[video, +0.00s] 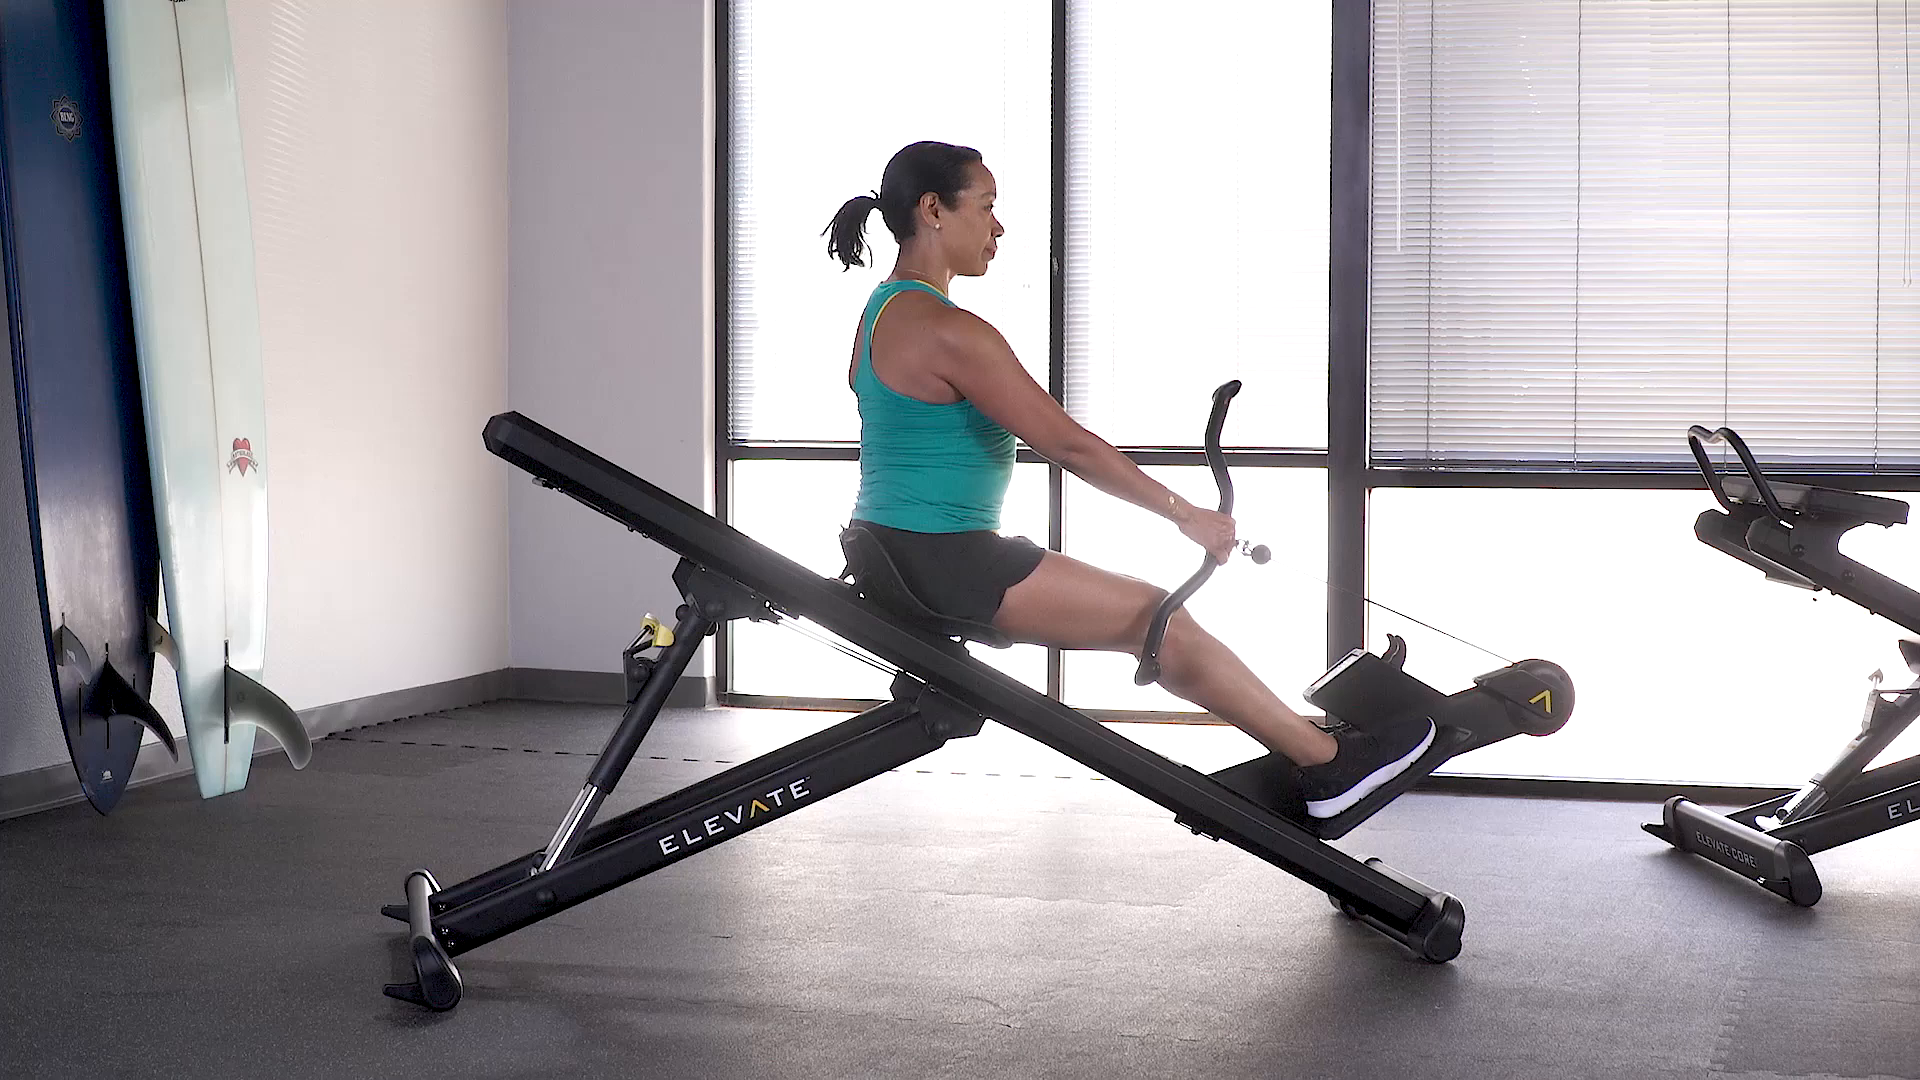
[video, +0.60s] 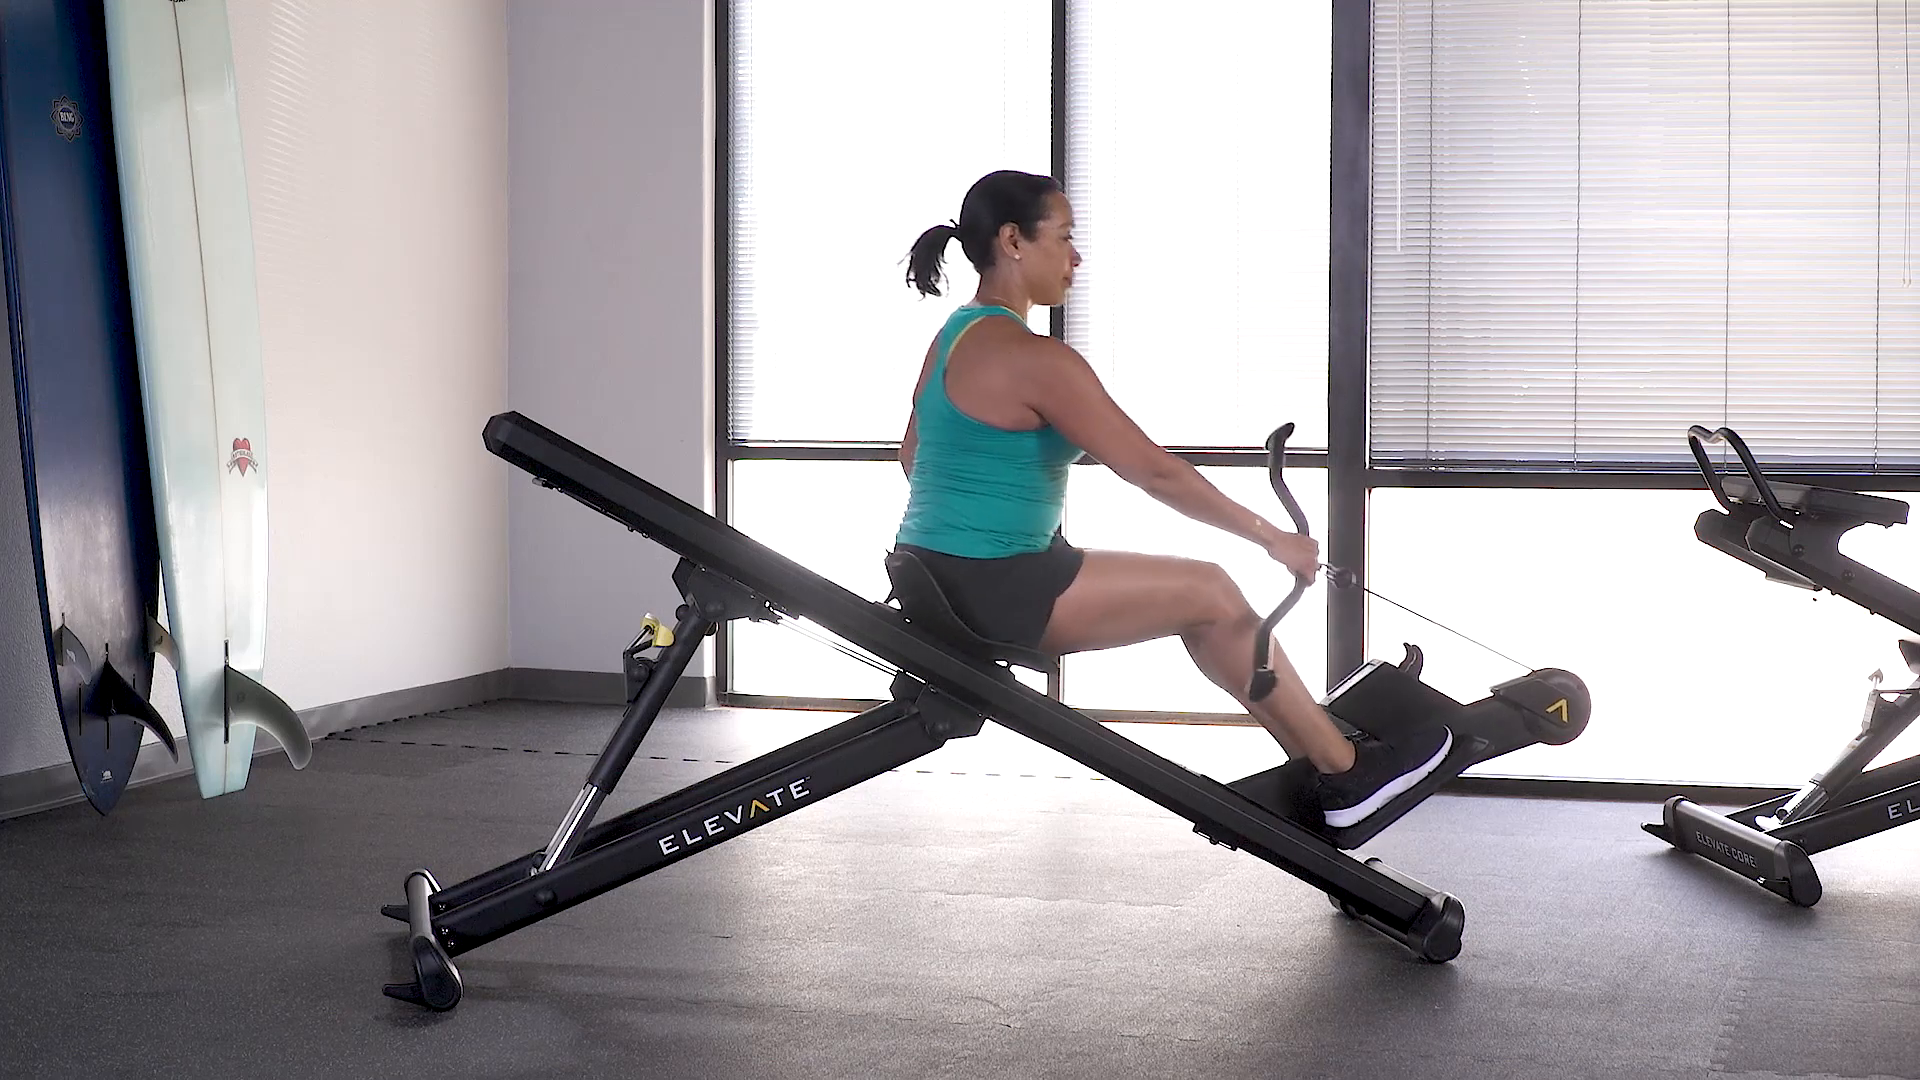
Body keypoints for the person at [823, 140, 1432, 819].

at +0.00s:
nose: (999, 227)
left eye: (995, 210)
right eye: (986, 210)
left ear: (923, 217)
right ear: (931, 214)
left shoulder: (886, 313)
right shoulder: (949, 332)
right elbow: (1069, 444)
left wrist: (1023, 435)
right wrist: (1188, 514)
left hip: (891, 549)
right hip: (939, 558)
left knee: (1145, 616)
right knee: (1156, 619)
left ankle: (1304, 737)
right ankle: (1322, 761)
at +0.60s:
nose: (1075, 255)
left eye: (1071, 236)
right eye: (1063, 237)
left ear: (1006, 247)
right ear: (1012, 244)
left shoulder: (955, 337)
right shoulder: (1038, 359)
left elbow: (915, 456)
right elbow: (1154, 470)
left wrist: (1043, 451)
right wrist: (1272, 536)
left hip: (937, 576)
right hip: (991, 586)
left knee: (1199, 590)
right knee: (1211, 589)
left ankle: (1311, 749)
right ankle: (1342, 771)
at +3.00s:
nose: (1223, 322)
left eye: (1217, 305)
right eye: (1211, 306)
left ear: (1157, 320)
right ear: (1162, 318)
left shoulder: (1100, 404)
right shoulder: (1205, 430)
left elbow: (1026, 511)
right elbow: (1326, 535)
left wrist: (1080, 590)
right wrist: (1430, 597)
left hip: (1045, 634)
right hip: (1116, 649)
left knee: (1297, 573)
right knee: (1326, 580)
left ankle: (1346, 762)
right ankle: (1388, 787)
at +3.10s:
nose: (1246, 332)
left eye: (1240, 316)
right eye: (1233, 316)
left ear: (1179, 330)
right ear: (1184, 328)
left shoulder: (1118, 417)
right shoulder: (1239, 441)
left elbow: (1042, 518)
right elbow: (1362, 543)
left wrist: (1092, 595)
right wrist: (1462, 613)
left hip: (1061, 642)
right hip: (1133, 659)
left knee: (1314, 573)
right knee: (1337, 584)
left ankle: (1353, 769)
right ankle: (1395, 790)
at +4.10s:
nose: (922, 177)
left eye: (921, 160)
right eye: (912, 158)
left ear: (857, 158)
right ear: (859, 157)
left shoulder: (840, 246)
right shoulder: (823, 249)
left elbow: (767, 352)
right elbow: (738, 351)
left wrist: (888, 377)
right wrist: (871, 382)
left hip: (837, 487)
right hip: (825, 496)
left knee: (1044, 588)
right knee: (1050, 590)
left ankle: (1211, 713)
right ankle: (1225, 719)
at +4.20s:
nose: (926, 179)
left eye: (925, 161)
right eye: (916, 161)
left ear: (862, 161)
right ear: (863, 160)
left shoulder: (843, 249)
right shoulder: (826, 254)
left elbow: (781, 361)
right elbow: (747, 361)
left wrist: (893, 382)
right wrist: (877, 389)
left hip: (840, 488)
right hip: (830, 498)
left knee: (1049, 586)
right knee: (1053, 587)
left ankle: (1215, 714)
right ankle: (1228, 720)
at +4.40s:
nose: (972, 204)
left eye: (970, 186)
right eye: (961, 186)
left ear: (911, 190)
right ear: (909, 188)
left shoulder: (890, 282)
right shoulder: (886, 285)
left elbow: (911, 417)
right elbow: (894, 410)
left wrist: (1015, 437)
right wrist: (1019, 434)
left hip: (877, 521)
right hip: (877, 528)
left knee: (1108, 583)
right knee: (1112, 582)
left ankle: (1260, 725)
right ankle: (1272, 736)